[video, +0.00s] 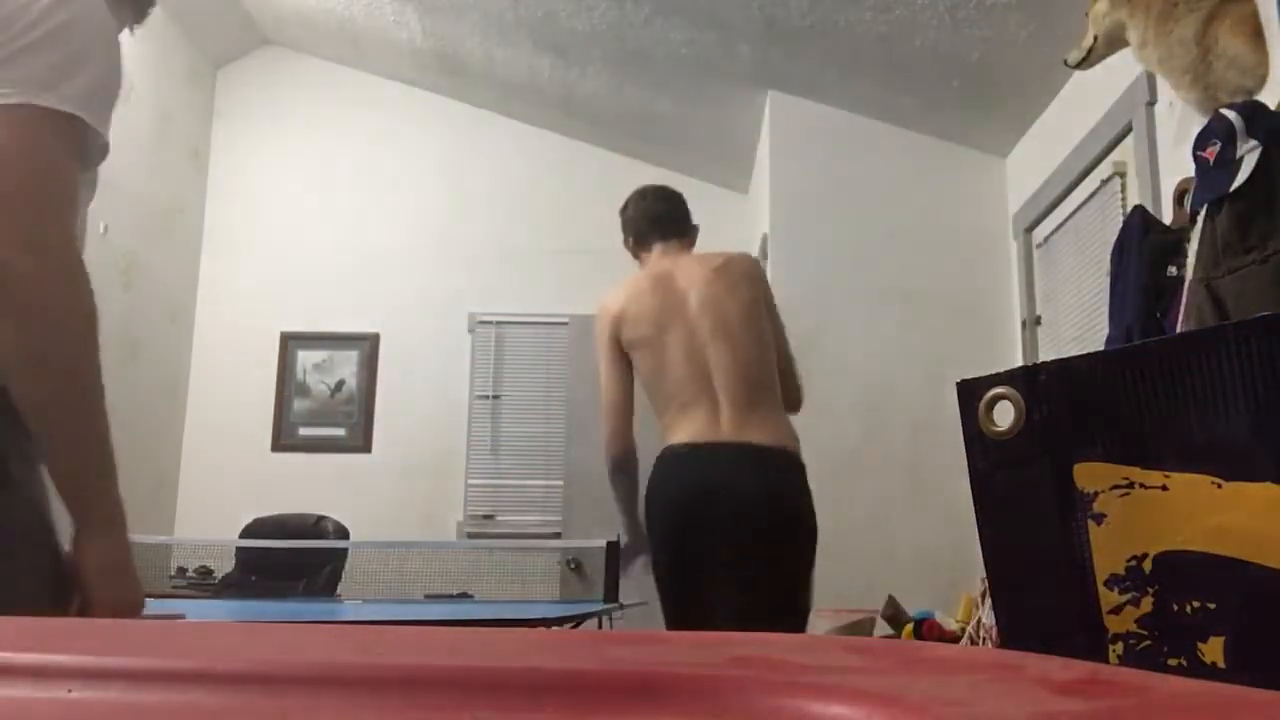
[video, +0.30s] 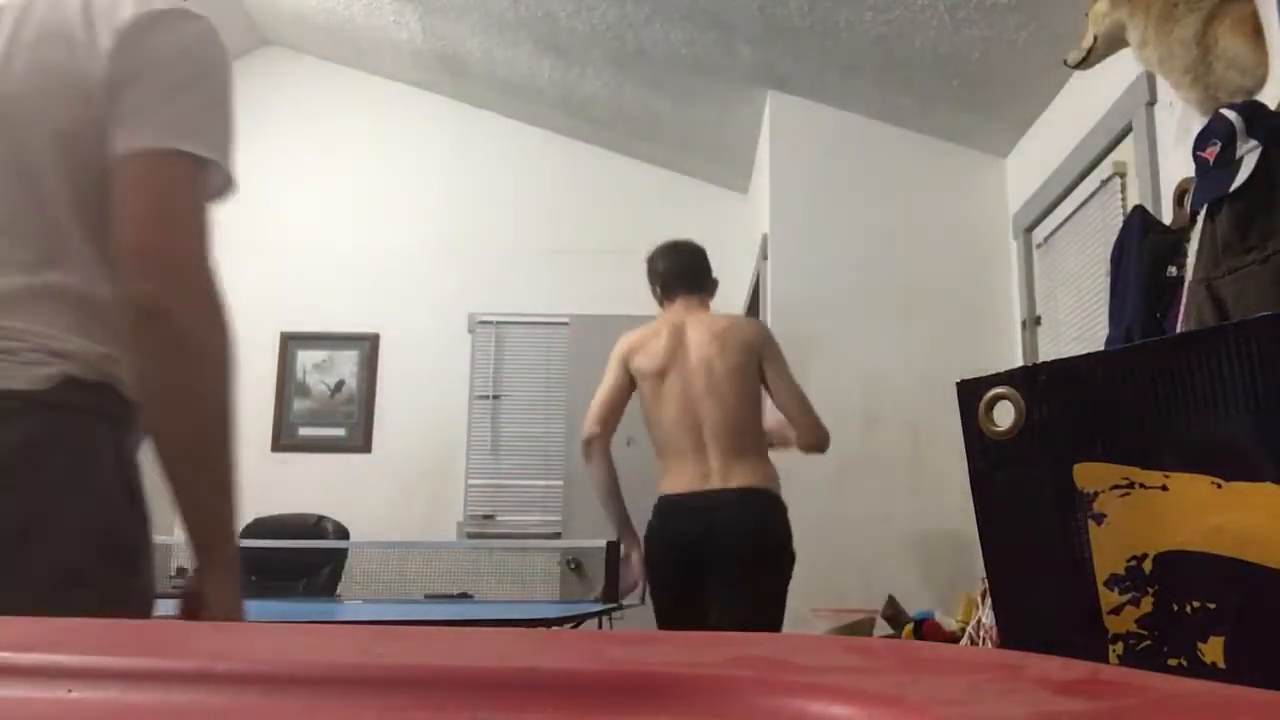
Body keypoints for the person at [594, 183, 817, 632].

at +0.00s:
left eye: (628, 246)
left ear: (632, 247)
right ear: (693, 233)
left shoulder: (619, 304)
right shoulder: (744, 270)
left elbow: (619, 451)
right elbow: (791, 395)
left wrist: (634, 532)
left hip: (684, 489)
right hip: (775, 483)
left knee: (698, 659)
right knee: (776, 658)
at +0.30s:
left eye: (654, 292)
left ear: (657, 293)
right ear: (712, 287)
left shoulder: (633, 345)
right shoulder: (750, 332)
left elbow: (592, 440)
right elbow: (815, 438)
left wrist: (628, 541)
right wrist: (772, 433)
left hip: (676, 530)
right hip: (755, 526)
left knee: (686, 673)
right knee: (748, 671)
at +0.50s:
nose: (663, 316)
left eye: (663, 310)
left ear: (668, 312)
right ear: (717, 305)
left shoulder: (655, 354)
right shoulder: (759, 352)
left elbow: (622, 433)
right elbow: (800, 450)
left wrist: (630, 531)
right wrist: (774, 490)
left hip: (675, 525)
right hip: (747, 526)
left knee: (683, 659)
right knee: (747, 660)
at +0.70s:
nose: (681, 317)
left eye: (681, 312)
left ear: (685, 310)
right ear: (732, 311)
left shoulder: (661, 344)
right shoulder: (762, 354)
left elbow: (622, 417)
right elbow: (788, 453)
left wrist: (629, 509)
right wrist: (753, 492)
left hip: (677, 516)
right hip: (748, 518)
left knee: (676, 650)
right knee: (746, 650)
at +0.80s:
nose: (682, 320)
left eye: (681, 314)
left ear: (686, 313)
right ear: (732, 314)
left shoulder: (664, 345)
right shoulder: (763, 358)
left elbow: (626, 425)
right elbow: (786, 454)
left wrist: (621, 505)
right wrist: (751, 490)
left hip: (682, 516)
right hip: (751, 518)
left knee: (681, 646)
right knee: (742, 647)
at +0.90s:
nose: (678, 326)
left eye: (679, 320)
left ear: (684, 320)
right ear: (729, 321)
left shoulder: (665, 351)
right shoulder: (761, 366)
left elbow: (632, 431)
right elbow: (789, 459)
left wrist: (622, 504)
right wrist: (755, 491)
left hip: (686, 521)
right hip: (752, 522)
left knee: (687, 651)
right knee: (750, 651)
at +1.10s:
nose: (668, 341)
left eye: (668, 334)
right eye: (668, 335)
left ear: (673, 331)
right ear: (714, 330)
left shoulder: (666, 358)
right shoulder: (750, 375)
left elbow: (653, 440)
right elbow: (780, 469)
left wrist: (640, 517)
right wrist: (740, 492)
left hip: (689, 527)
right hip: (750, 526)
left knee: (663, 650)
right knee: (755, 652)